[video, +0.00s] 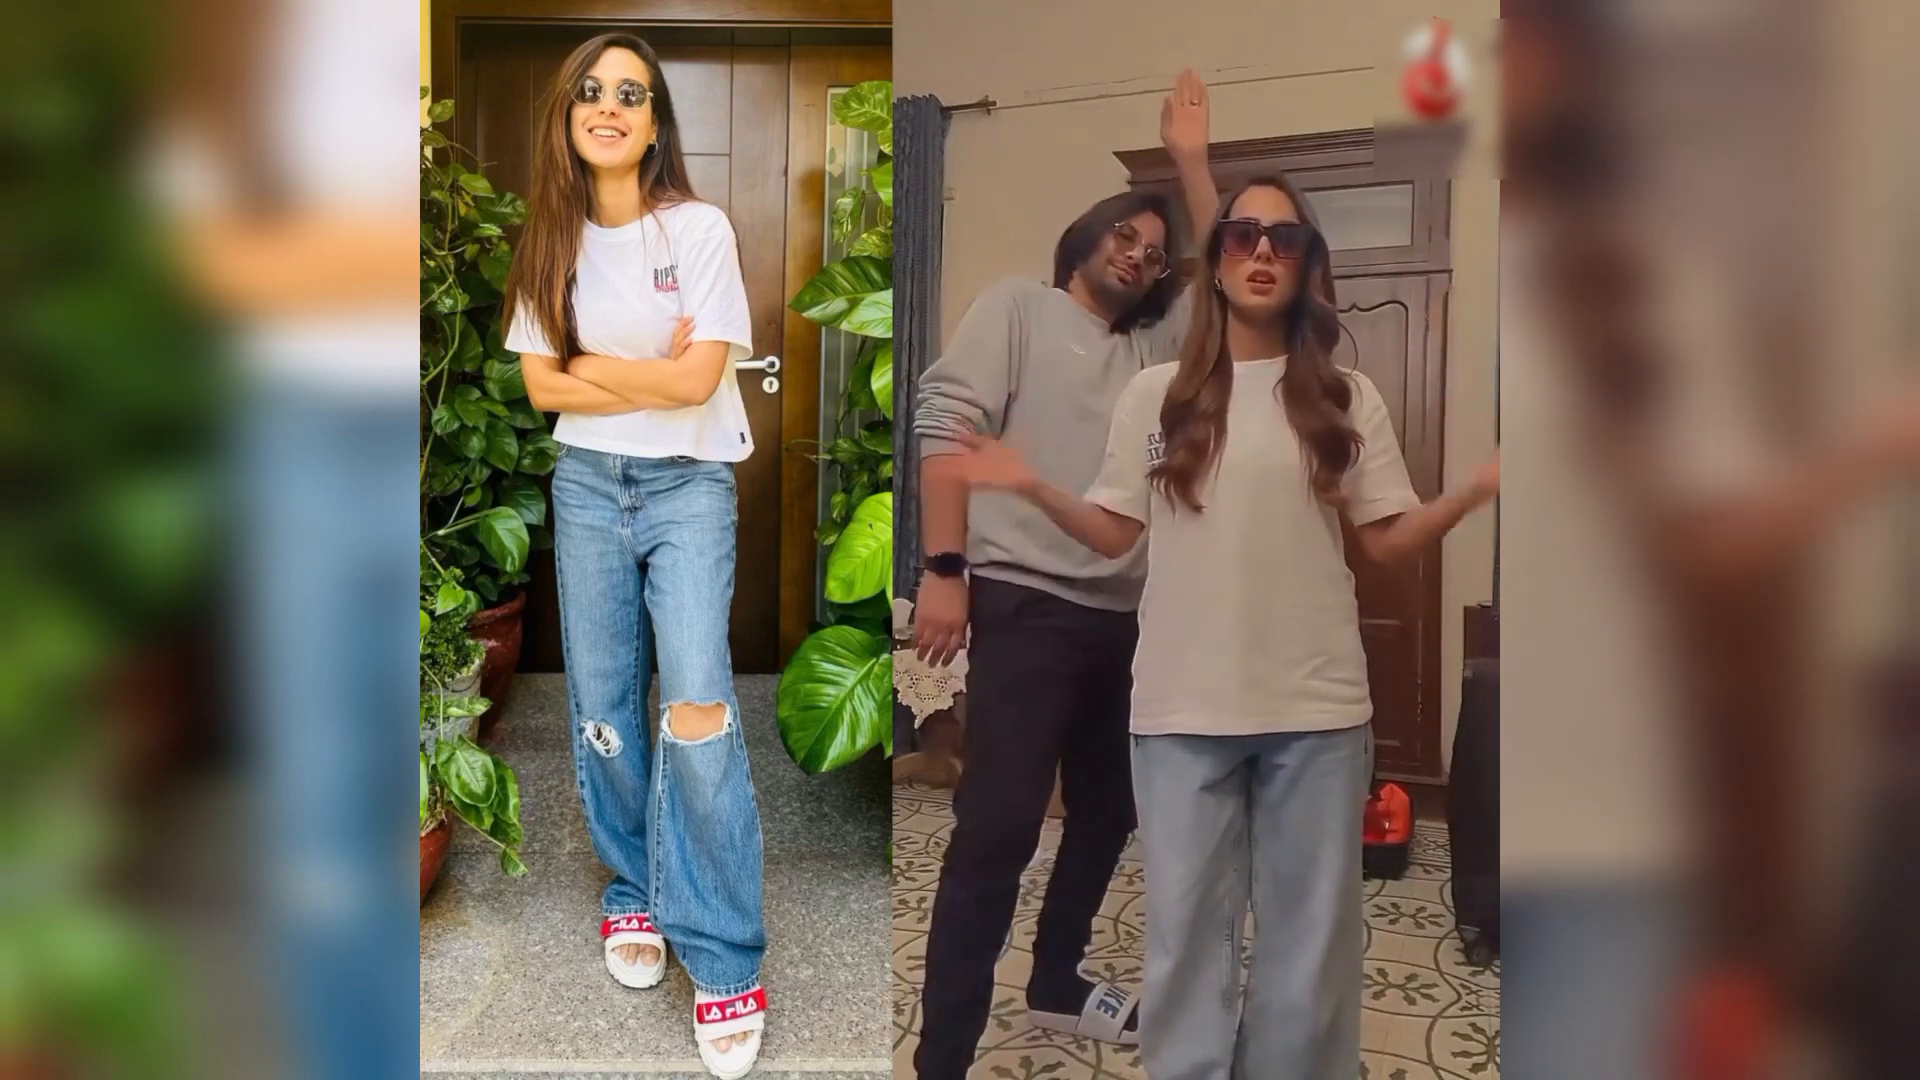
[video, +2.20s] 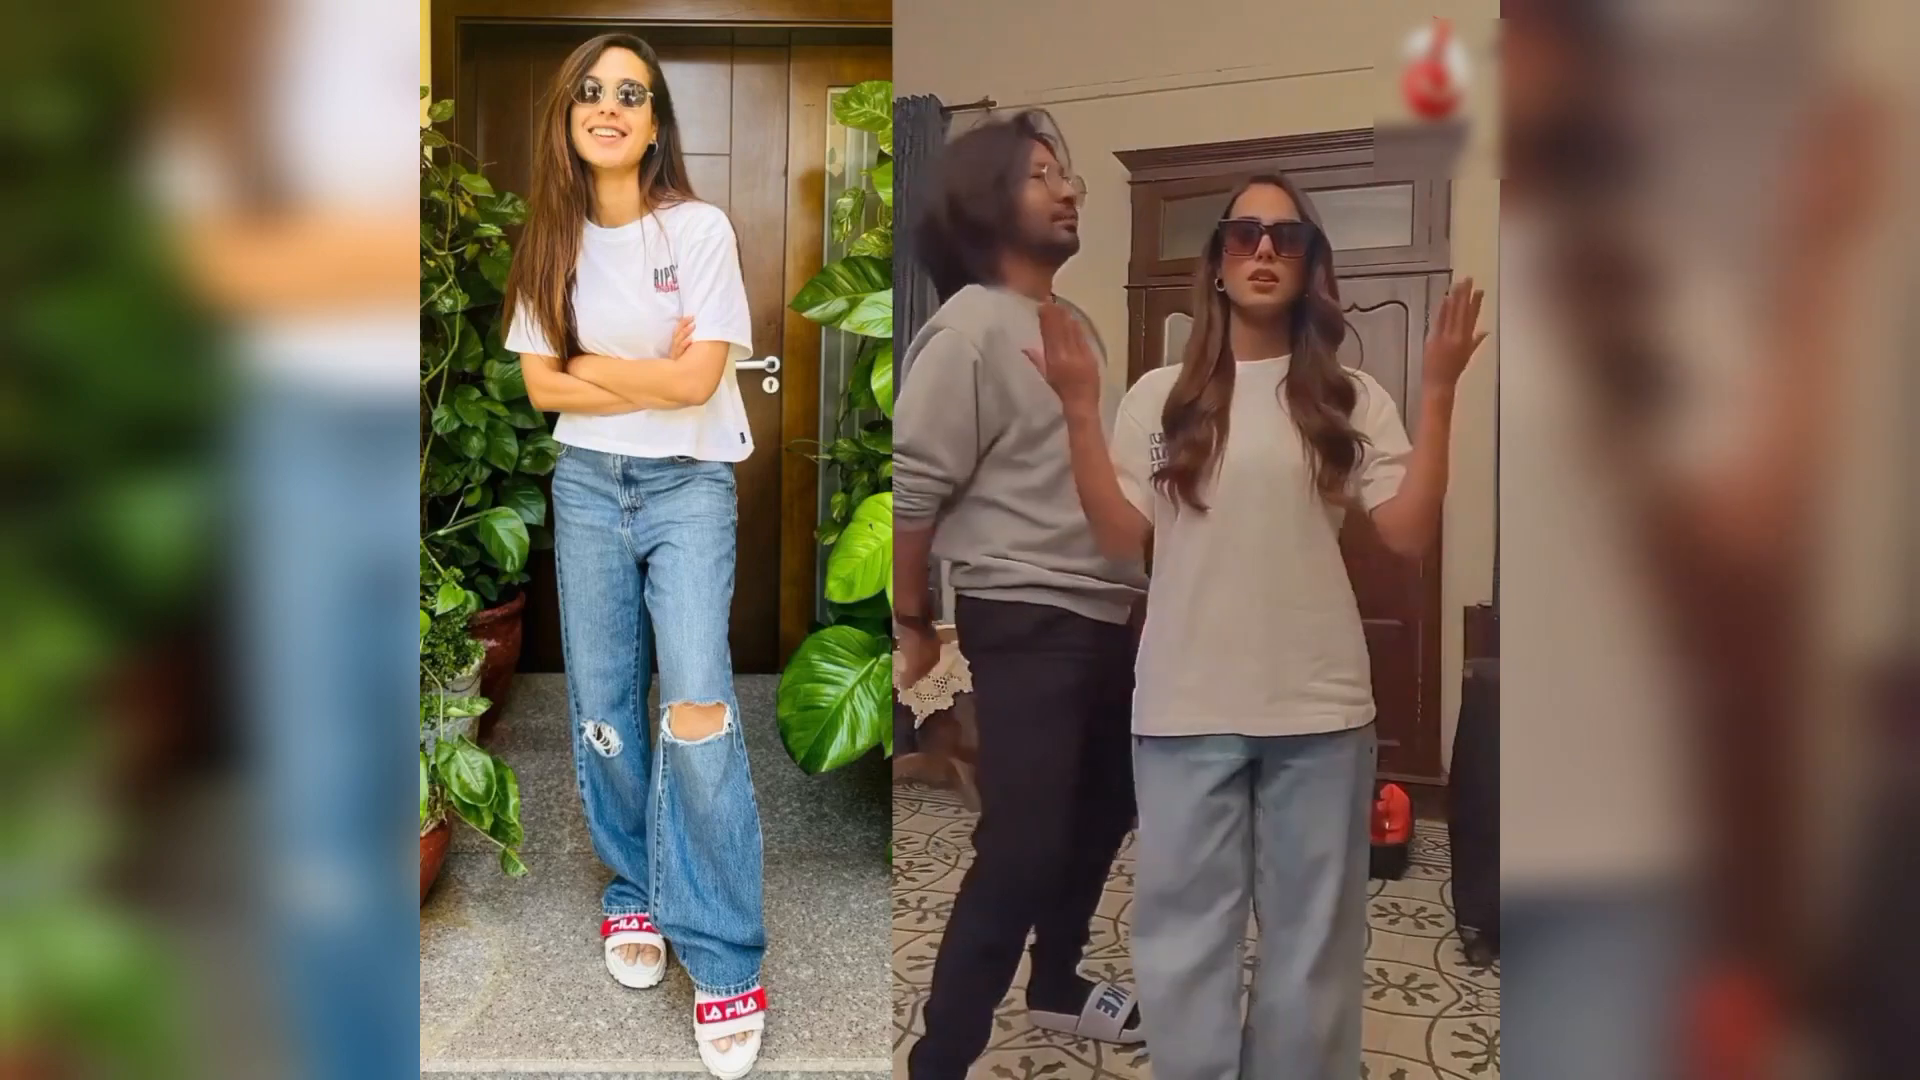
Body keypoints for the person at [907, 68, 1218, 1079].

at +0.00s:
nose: (1137, 253)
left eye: (1153, 249)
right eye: (1126, 234)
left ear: (1161, 267)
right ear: (1086, 231)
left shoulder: (1158, 343)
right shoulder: (1018, 306)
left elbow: (1218, 286)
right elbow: (947, 430)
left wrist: (1191, 168)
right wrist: (943, 570)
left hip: (1123, 617)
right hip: (1020, 605)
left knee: (1104, 816)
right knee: (998, 829)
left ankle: (1056, 989)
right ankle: (942, 1057)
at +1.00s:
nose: (1149, 302)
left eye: (1165, 297)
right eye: (1138, 286)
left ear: (1177, 316)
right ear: (1106, 289)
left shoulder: (1174, 388)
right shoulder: (1043, 349)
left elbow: (1224, 322)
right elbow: (983, 453)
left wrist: (1193, 215)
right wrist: (966, 581)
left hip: (1134, 625)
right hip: (1035, 616)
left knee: (1127, 825)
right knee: (1000, 824)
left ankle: (1057, 988)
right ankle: (938, 1057)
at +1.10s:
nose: (1147, 289)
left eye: (1159, 282)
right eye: (1133, 273)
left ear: (1170, 301)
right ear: (1099, 279)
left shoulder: (1170, 383)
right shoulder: (1043, 342)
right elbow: (979, 451)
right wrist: (959, 577)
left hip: (1127, 624)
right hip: (1028, 612)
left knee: (1120, 821)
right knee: (994, 824)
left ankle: (1057, 990)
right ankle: (935, 1058)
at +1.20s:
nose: (1136, 258)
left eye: (1146, 251)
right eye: (1121, 244)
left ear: (1157, 270)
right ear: (1086, 252)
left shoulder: (1169, 348)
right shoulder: (1039, 323)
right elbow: (972, 435)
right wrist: (942, 566)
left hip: (1121, 609)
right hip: (1022, 599)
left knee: (1104, 812)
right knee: (990, 819)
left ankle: (1056, 993)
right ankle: (933, 1059)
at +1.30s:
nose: (1124, 230)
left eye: (1132, 219)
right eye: (1103, 217)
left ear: (1142, 243)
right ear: (1063, 235)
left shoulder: (1159, 347)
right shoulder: (1016, 322)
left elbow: (1184, 472)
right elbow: (938, 440)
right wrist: (928, 568)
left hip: (1120, 608)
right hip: (1015, 597)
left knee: (1093, 809)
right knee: (984, 817)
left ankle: (1056, 989)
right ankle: (933, 1055)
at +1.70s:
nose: (1085, 206)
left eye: (1085, 193)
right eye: (1063, 192)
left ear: (1084, 218)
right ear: (1011, 213)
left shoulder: (1112, 339)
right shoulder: (963, 331)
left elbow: (1126, 469)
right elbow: (921, 479)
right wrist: (1017, 527)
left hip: (1109, 621)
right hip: (1011, 617)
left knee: (1099, 815)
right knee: (985, 838)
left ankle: (1055, 989)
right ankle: (931, 1063)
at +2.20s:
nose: (1070, 189)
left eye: (1067, 175)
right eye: (1044, 175)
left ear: (1063, 198)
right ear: (988, 200)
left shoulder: (1079, 325)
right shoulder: (966, 329)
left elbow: (1104, 471)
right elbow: (914, 499)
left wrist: (1136, 584)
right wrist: (913, 626)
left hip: (1104, 604)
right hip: (1019, 608)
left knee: (1103, 812)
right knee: (1021, 850)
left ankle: (1056, 989)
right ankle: (939, 1063)